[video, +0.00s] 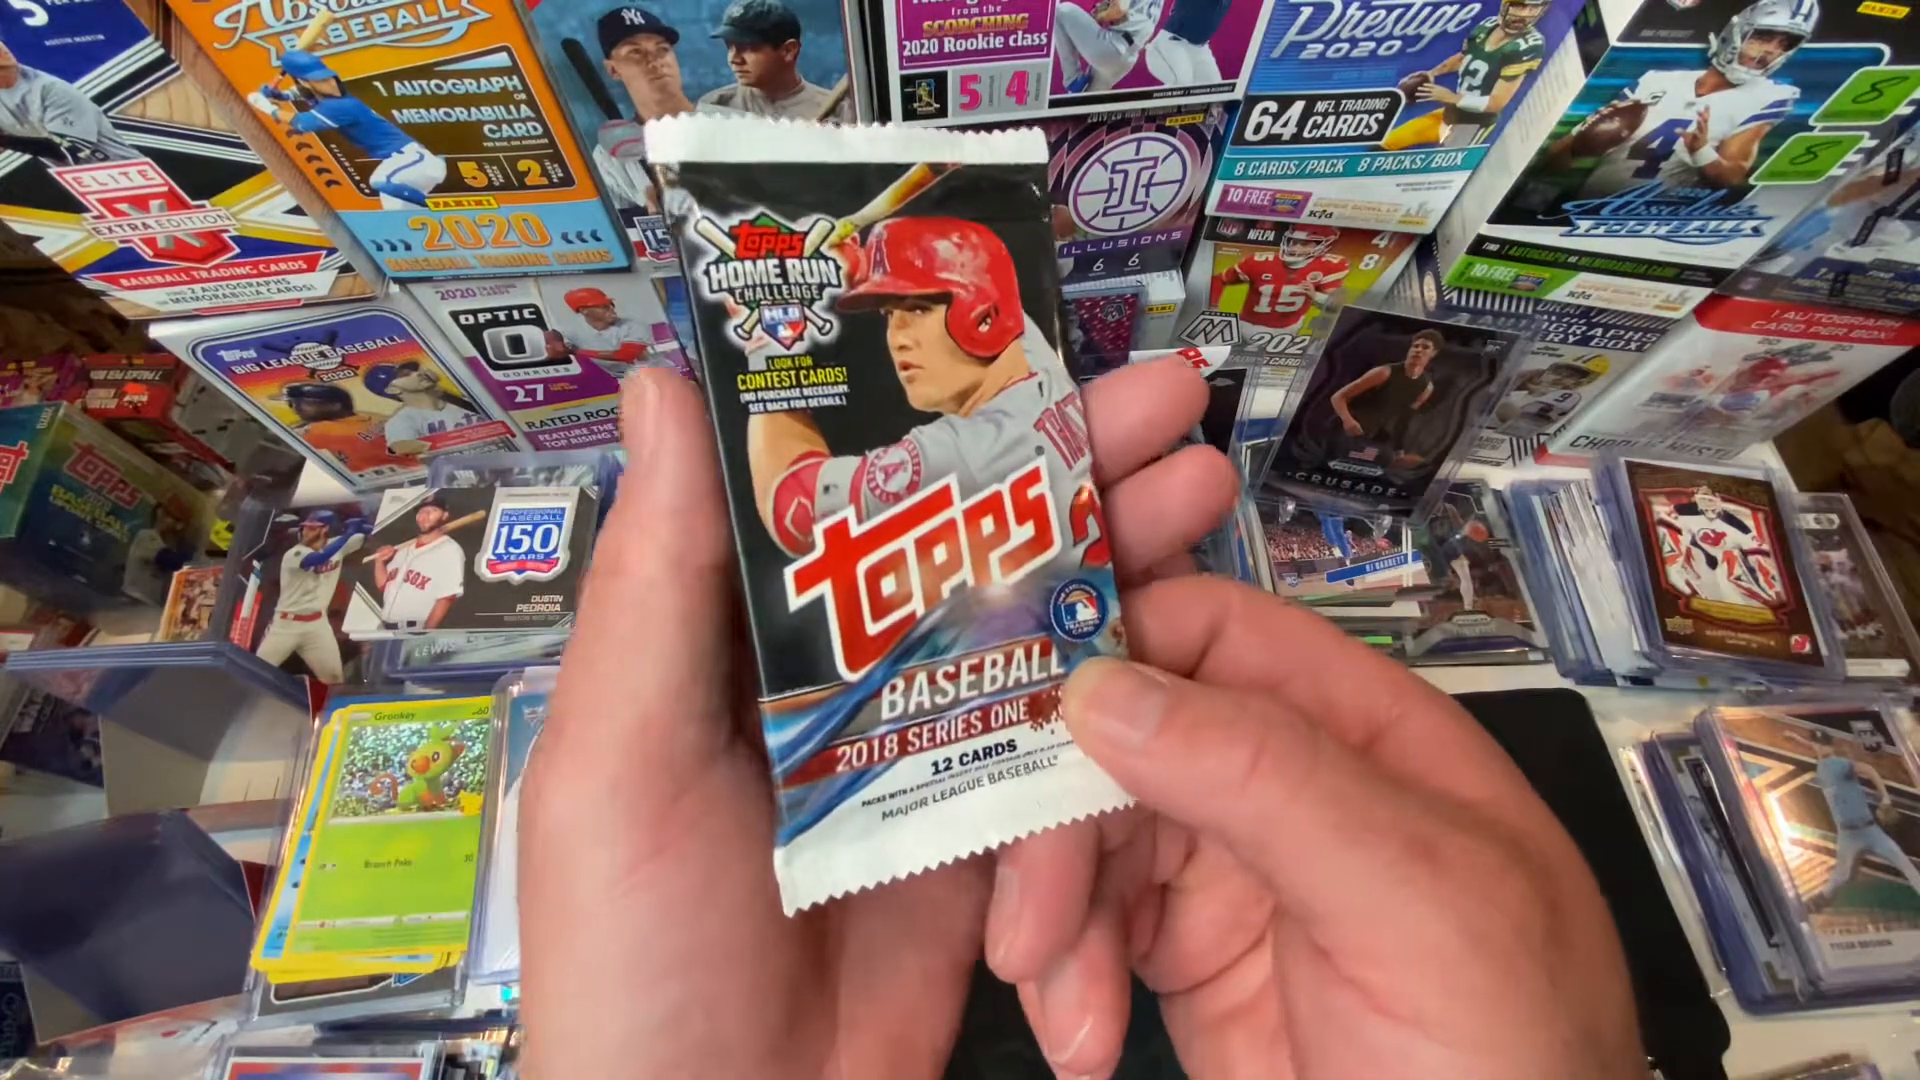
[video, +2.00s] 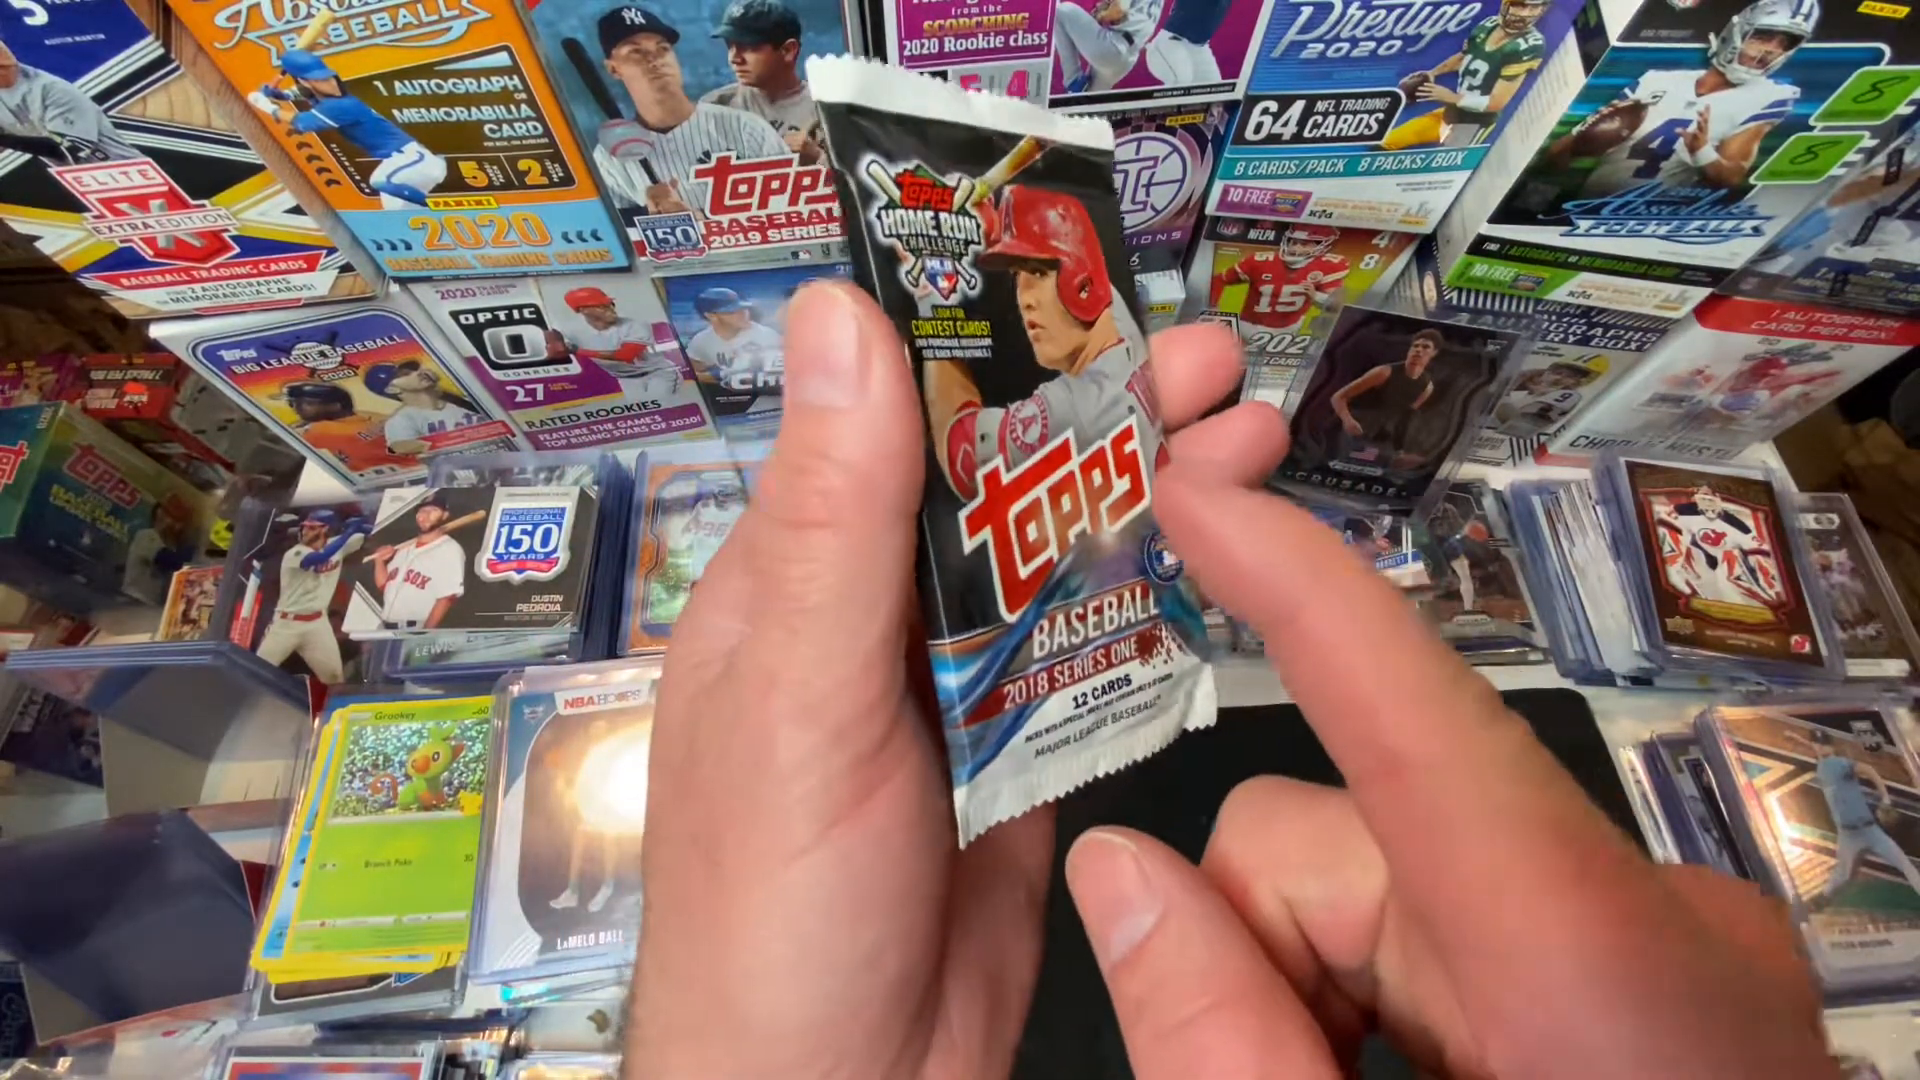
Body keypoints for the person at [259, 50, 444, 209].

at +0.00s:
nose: (330, 80)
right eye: (323, 78)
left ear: (309, 83)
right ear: (307, 84)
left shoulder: (344, 107)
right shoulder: (332, 103)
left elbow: (300, 122)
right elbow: (302, 92)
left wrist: (270, 110)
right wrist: (277, 95)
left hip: (414, 158)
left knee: (380, 179)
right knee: (399, 223)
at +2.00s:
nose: (329, 80)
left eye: (326, 76)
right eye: (322, 77)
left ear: (308, 82)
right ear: (306, 83)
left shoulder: (343, 106)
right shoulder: (334, 102)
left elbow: (300, 122)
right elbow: (302, 93)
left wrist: (271, 109)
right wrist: (278, 95)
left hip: (415, 159)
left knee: (380, 179)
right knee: (400, 220)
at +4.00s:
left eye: (325, 76)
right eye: (320, 77)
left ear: (309, 83)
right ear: (306, 83)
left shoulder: (343, 106)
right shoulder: (333, 102)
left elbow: (300, 122)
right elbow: (303, 92)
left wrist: (270, 109)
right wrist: (277, 94)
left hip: (415, 159)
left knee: (381, 180)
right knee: (400, 219)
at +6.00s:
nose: (330, 80)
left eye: (327, 76)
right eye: (322, 78)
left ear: (310, 84)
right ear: (306, 84)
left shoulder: (343, 106)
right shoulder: (333, 102)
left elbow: (299, 123)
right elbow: (301, 92)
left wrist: (271, 110)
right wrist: (276, 94)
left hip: (412, 159)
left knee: (380, 180)